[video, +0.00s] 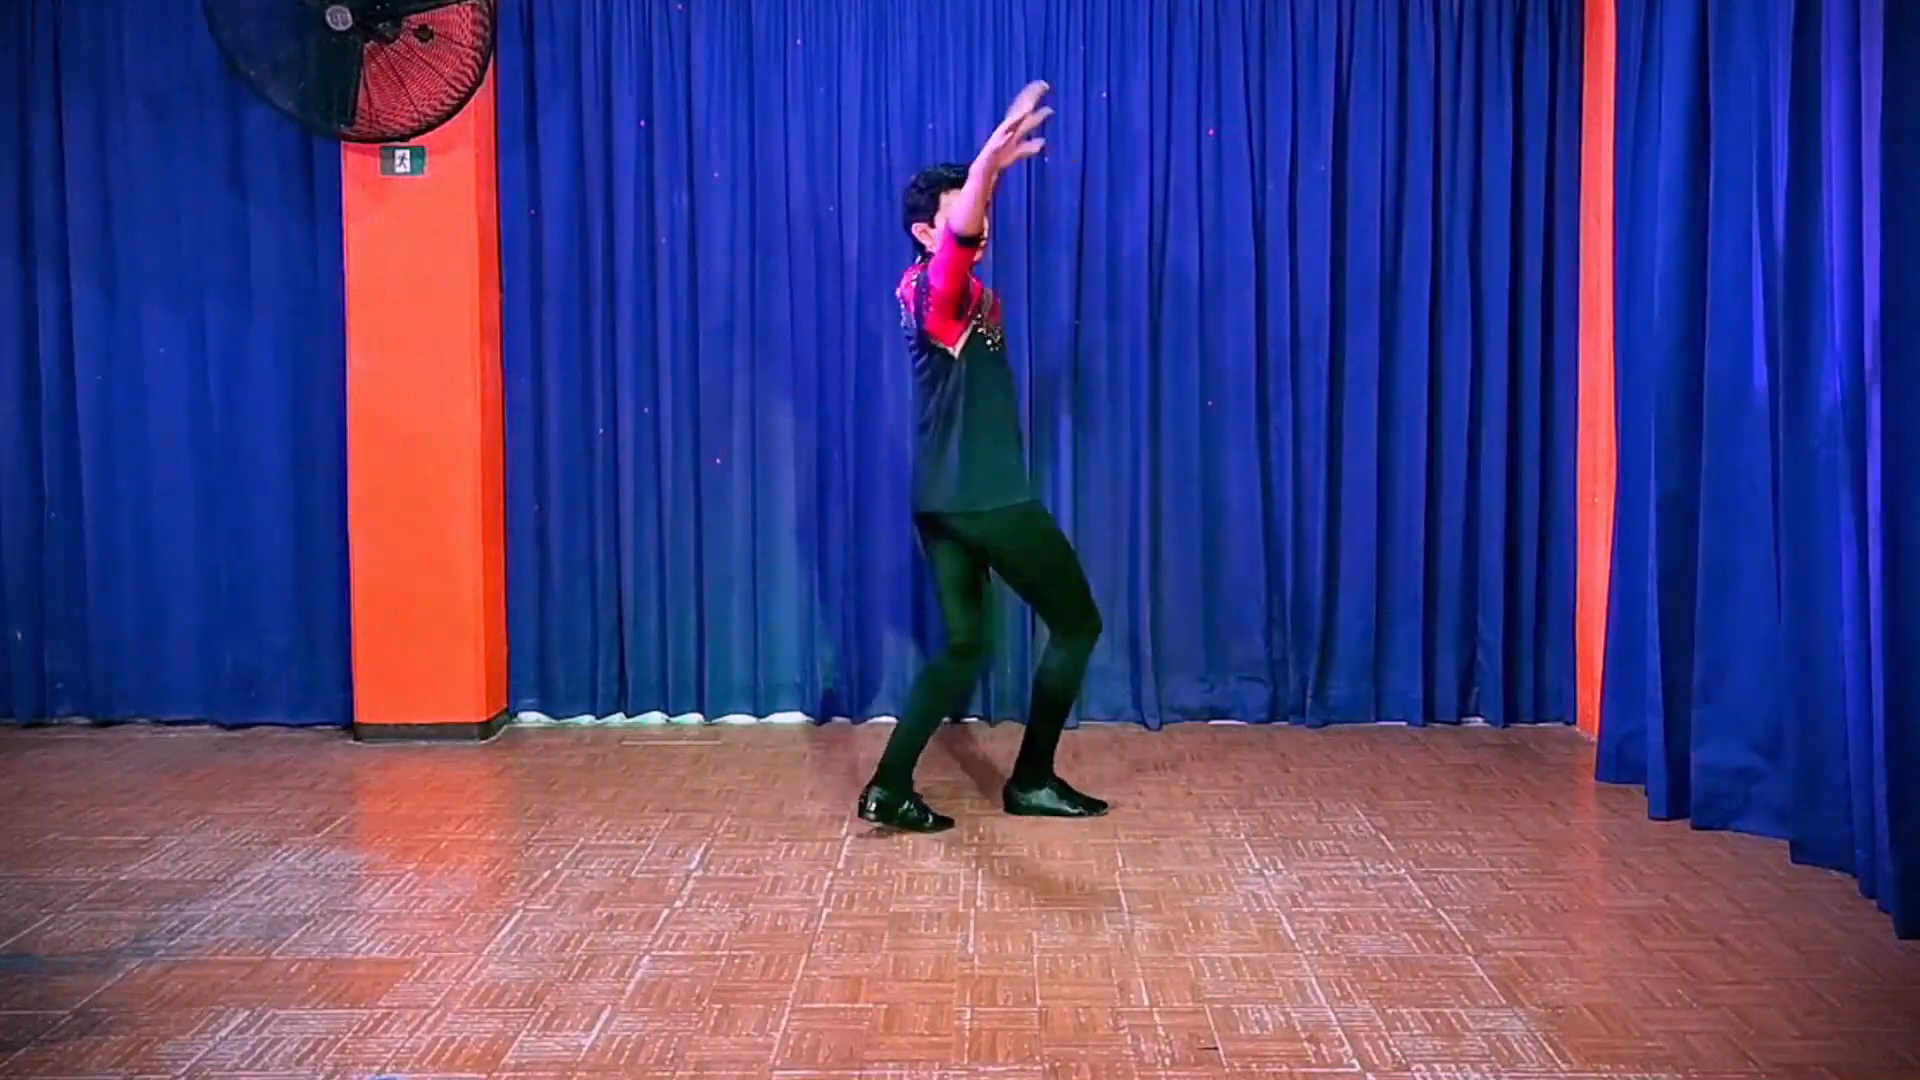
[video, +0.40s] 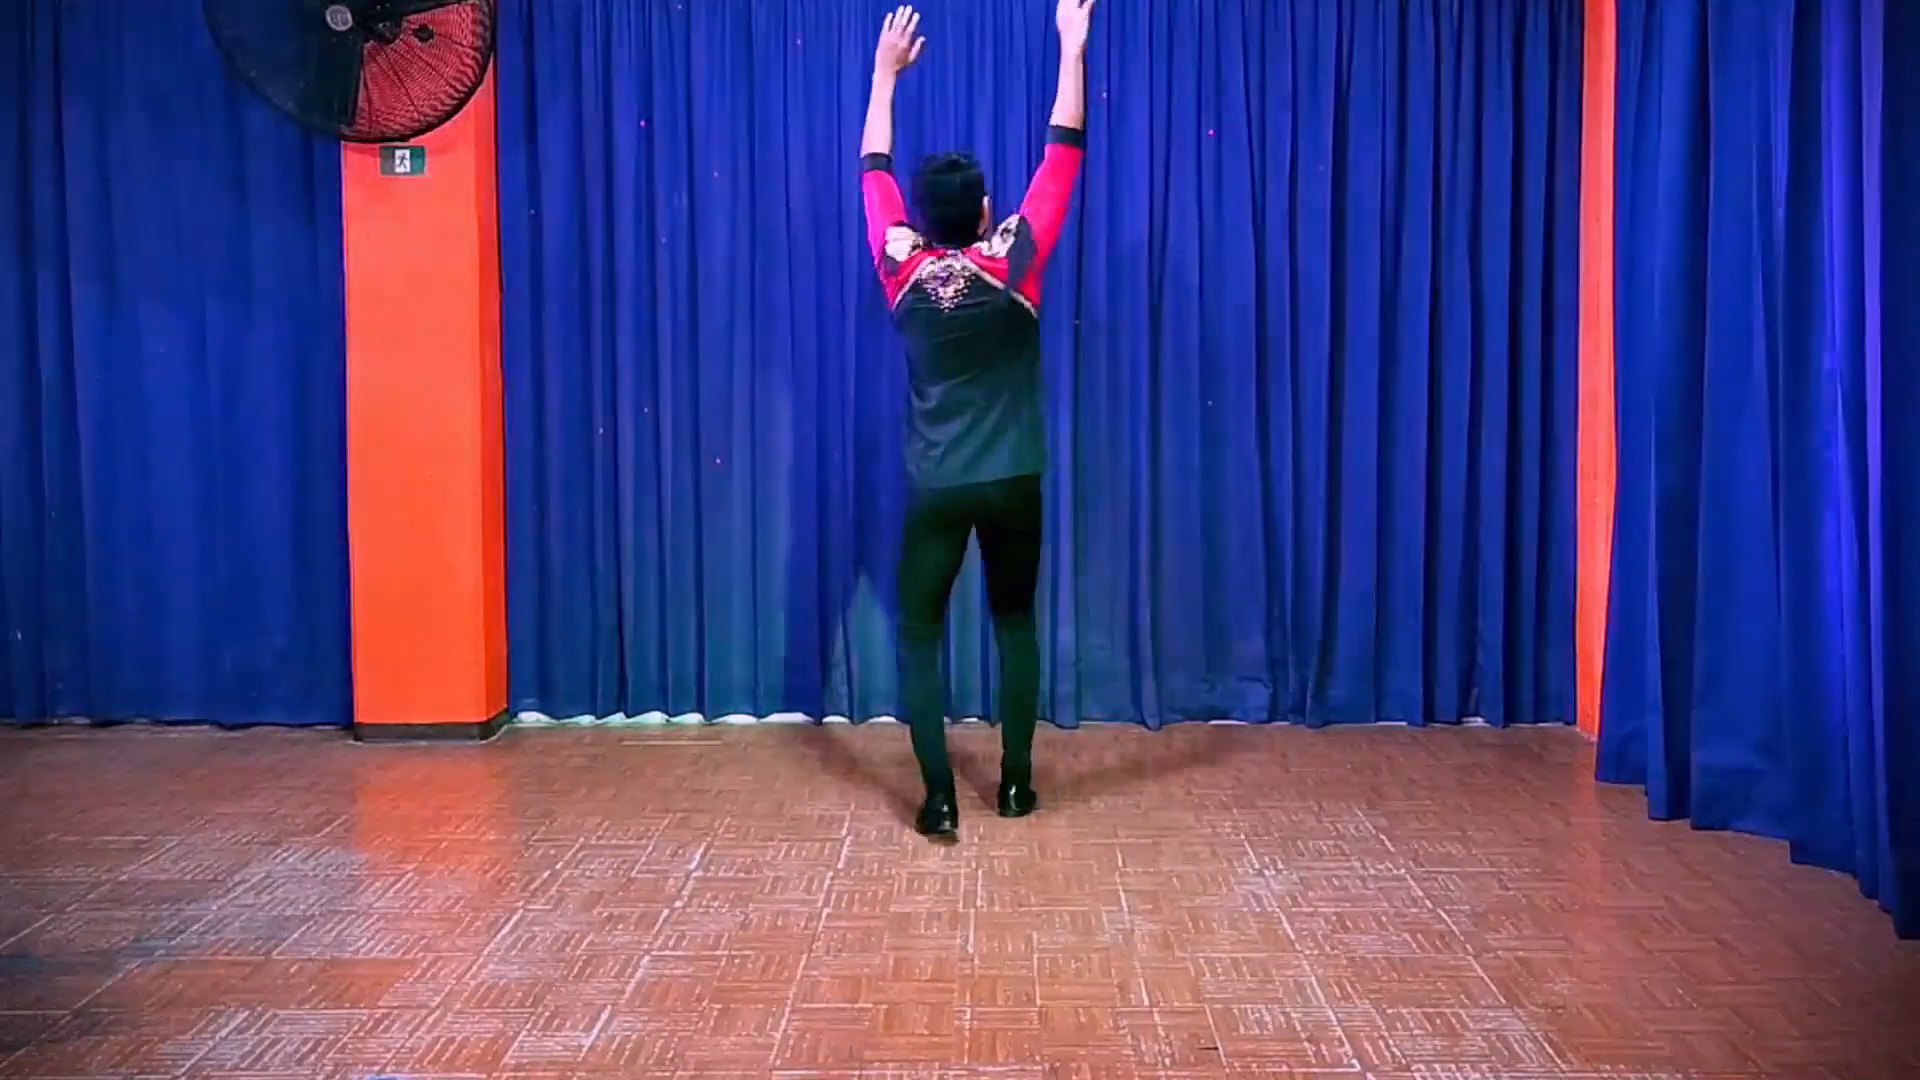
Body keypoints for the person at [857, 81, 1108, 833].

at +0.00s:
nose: (975, 224)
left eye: (972, 213)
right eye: (960, 216)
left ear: (939, 227)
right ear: (929, 229)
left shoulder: (928, 284)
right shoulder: (945, 290)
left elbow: (963, 197)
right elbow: (963, 228)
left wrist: (998, 144)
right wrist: (994, 156)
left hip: (943, 495)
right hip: (990, 493)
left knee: (964, 647)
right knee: (1076, 623)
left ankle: (889, 789)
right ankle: (1032, 779)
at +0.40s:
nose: (992, 199)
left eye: (962, 195)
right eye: (989, 194)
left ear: (921, 216)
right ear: (987, 209)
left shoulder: (906, 269)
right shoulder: (1019, 256)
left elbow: (875, 170)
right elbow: (1064, 152)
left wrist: (883, 76)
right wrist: (1072, 47)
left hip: (938, 480)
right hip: (1014, 475)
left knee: (920, 631)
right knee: (1015, 622)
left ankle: (939, 798)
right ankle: (1016, 782)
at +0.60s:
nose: (921, 214)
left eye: (926, 207)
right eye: (929, 205)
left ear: (940, 219)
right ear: (998, 209)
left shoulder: (926, 274)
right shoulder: (1028, 259)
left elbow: (869, 167)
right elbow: (1028, 155)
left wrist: (906, 75)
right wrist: (991, 69)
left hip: (955, 483)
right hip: (1019, 477)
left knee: (910, 631)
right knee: (978, 619)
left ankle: (981, 795)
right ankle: (1028, 777)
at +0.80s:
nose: (929, 214)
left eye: (941, 207)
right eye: (934, 203)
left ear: (970, 224)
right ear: (995, 221)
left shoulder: (950, 291)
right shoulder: (1020, 271)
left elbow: (878, 212)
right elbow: (1005, 197)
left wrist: (952, 154)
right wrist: (912, 162)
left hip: (981, 487)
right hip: (1016, 482)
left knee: (919, 627)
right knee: (968, 627)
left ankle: (991, 786)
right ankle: (1041, 766)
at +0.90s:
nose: (928, 215)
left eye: (943, 210)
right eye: (935, 204)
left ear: (976, 233)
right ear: (977, 235)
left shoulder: (967, 287)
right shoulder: (981, 272)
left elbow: (875, 318)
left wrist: (918, 278)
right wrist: (919, 280)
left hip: (1007, 489)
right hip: (988, 486)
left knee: (936, 633)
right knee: (966, 634)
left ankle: (990, 786)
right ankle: (1040, 766)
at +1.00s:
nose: (899, 246)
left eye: (912, 234)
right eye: (907, 233)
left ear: (942, 245)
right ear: (950, 248)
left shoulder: (951, 311)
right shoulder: (986, 297)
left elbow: (949, 431)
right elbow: (988, 410)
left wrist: (916, 425)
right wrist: (927, 426)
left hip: (1025, 491)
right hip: (1027, 487)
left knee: (945, 632)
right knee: (971, 630)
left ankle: (988, 789)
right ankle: (1041, 768)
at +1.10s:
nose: (901, 338)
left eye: (891, 324)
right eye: (890, 330)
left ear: (902, 292)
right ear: (912, 288)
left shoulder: (973, 315)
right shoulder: (973, 309)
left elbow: (1024, 371)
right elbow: (1013, 410)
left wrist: (985, 444)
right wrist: (975, 496)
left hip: (1031, 496)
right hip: (1032, 494)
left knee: (946, 624)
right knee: (972, 626)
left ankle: (991, 787)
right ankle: (1041, 770)